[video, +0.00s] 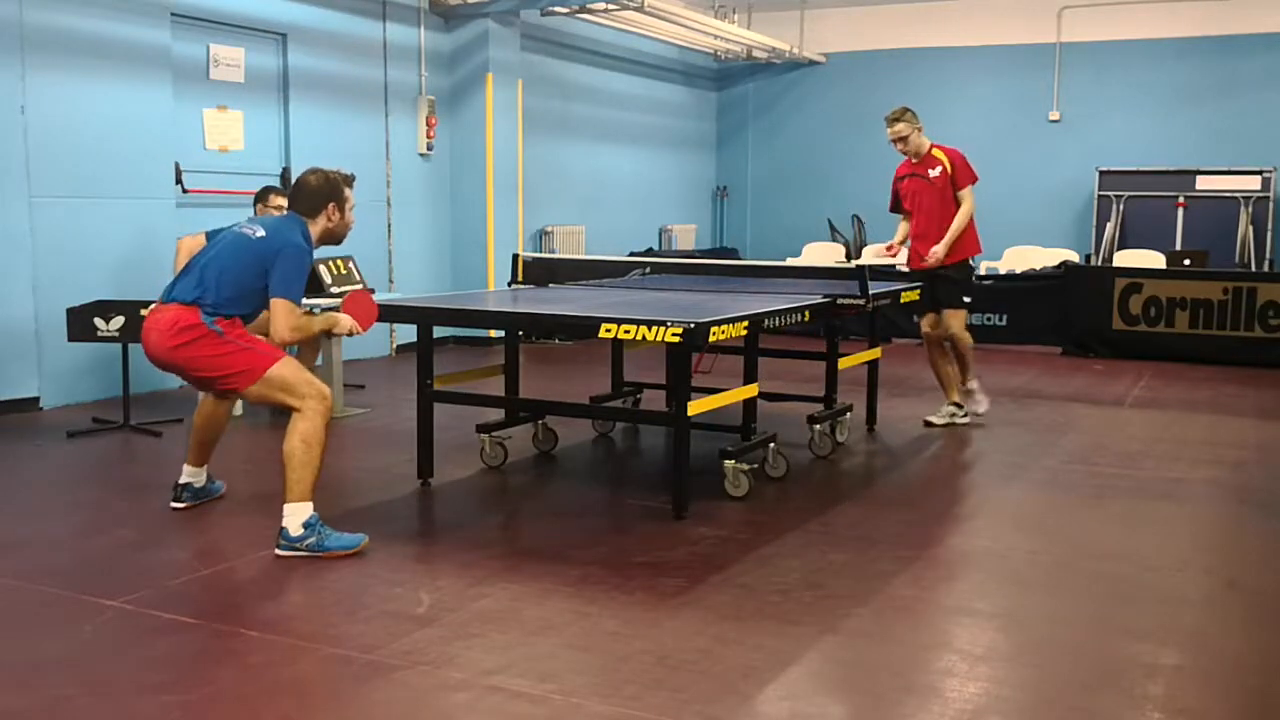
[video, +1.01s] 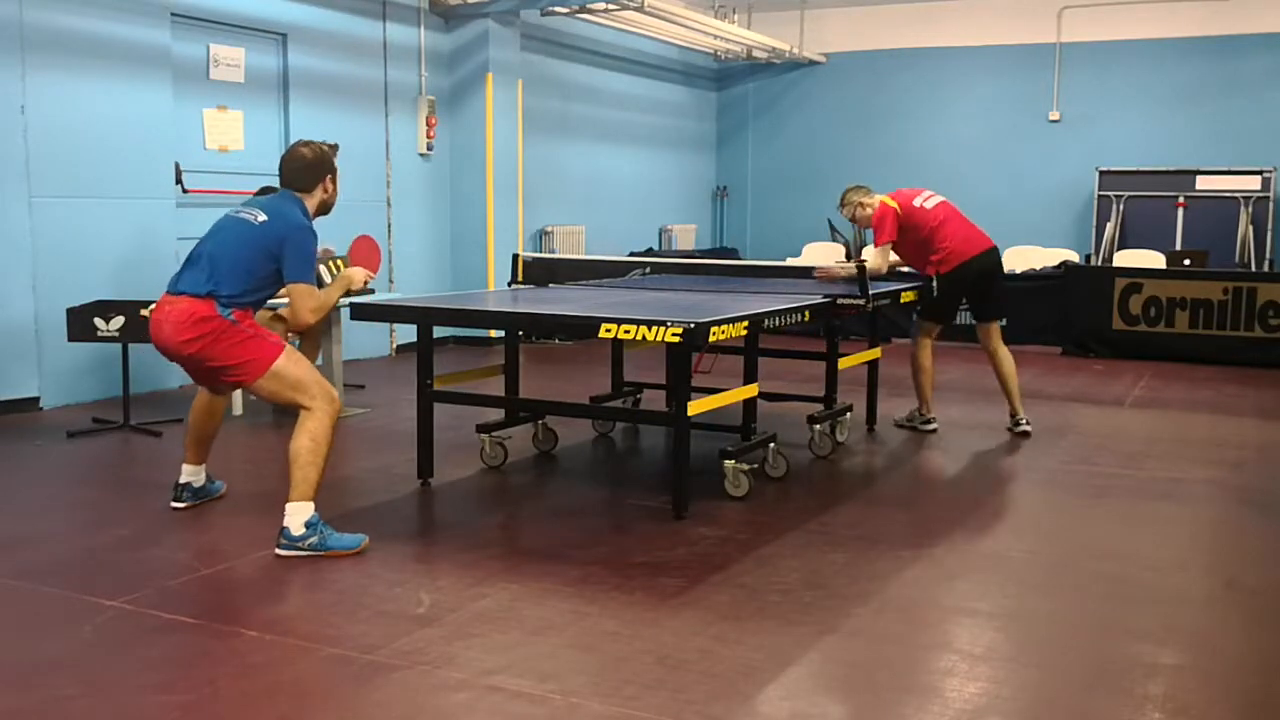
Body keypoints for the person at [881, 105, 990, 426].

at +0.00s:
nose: (898, 147)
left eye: (902, 139)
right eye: (893, 142)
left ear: (918, 131)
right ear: (891, 141)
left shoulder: (950, 158)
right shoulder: (902, 173)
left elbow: (968, 205)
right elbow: (906, 217)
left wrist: (944, 244)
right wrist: (898, 241)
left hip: (954, 260)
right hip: (922, 264)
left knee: (953, 328)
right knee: (930, 332)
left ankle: (969, 381)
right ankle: (954, 403)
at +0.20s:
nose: (885, 156)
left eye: (887, 147)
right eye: (880, 151)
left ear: (904, 136)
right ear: (882, 150)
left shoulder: (936, 159)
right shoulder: (907, 177)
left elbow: (945, 209)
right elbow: (921, 223)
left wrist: (913, 244)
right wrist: (906, 250)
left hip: (958, 251)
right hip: (938, 255)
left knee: (935, 326)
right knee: (929, 329)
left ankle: (970, 399)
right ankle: (953, 401)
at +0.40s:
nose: (867, 174)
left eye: (867, 166)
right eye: (863, 169)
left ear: (881, 152)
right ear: (883, 154)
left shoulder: (908, 168)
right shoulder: (917, 166)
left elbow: (915, 222)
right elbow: (937, 229)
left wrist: (883, 256)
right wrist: (905, 249)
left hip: (954, 252)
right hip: (963, 249)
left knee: (933, 329)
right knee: (946, 330)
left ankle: (925, 409)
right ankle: (957, 403)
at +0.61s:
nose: (856, 199)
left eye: (853, 191)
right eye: (851, 195)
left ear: (864, 177)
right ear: (865, 176)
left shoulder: (887, 186)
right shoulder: (910, 178)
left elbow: (888, 243)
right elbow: (930, 237)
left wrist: (862, 260)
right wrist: (894, 256)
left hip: (951, 257)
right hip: (978, 249)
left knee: (929, 336)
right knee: (959, 332)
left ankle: (925, 412)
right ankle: (966, 408)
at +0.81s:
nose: (855, 216)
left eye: (850, 209)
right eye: (850, 212)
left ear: (860, 194)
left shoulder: (883, 199)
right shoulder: (909, 188)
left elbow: (877, 256)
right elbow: (917, 252)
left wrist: (856, 260)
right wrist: (879, 260)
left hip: (952, 262)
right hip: (983, 251)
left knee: (926, 338)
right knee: (981, 333)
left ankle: (924, 413)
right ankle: (1006, 410)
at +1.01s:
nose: (859, 226)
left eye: (855, 218)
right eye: (854, 222)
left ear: (863, 203)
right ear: (871, 196)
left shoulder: (884, 208)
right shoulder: (909, 196)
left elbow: (879, 267)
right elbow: (915, 254)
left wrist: (842, 272)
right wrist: (879, 263)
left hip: (952, 266)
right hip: (987, 254)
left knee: (923, 336)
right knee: (994, 341)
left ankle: (925, 412)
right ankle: (1019, 415)